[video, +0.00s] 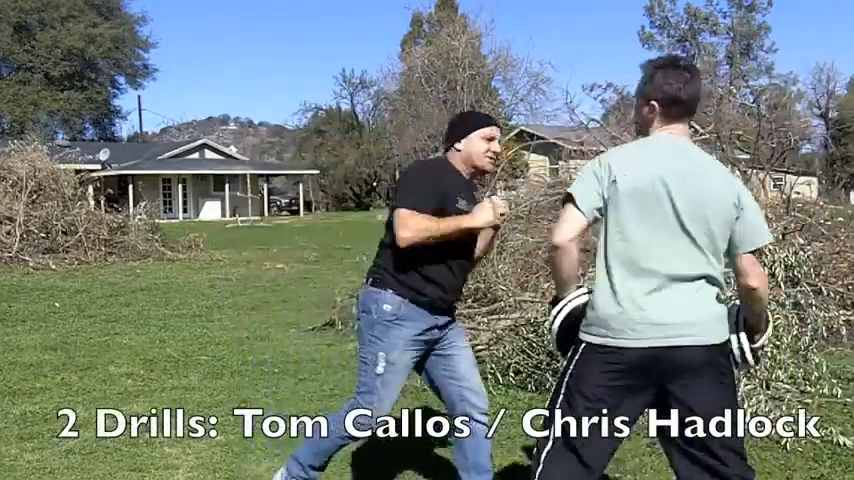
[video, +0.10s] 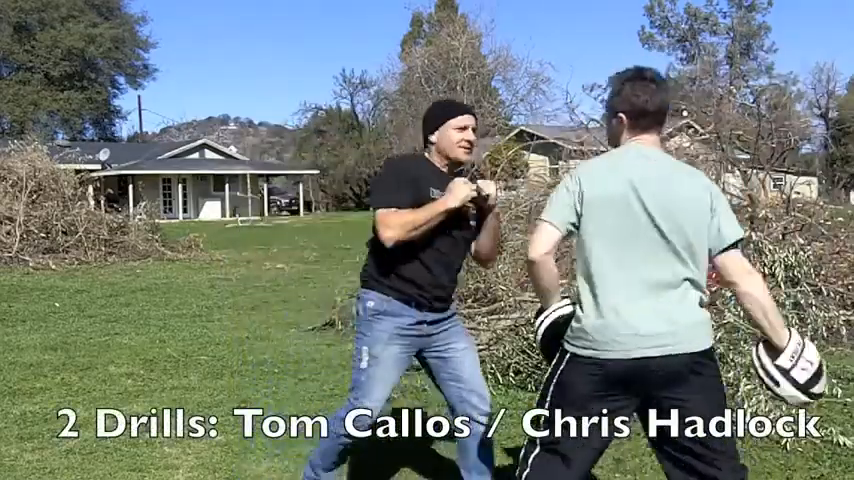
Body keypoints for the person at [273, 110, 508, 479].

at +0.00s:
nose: (496, 148)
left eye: (498, 141)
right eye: (488, 139)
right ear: (459, 142)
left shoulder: (470, 193)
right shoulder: (425, 173)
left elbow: (468, 256)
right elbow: (406, 232)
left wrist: (493, 225)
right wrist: (473, 220)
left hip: (438, 317)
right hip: (394, 308)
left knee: (472, 410)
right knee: (371, 410)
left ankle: (478, 477)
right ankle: (294, 472)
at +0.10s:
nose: (470, 137)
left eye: (473, 131)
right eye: (461, 129)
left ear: (474, 138)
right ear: (434, 134)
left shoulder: (465, 190)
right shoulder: (400, 170)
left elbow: (486, 256)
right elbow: (388, 231)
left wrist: (489, 210)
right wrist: (447, 202)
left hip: (441, 317)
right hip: (388, 312)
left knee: (477, 410)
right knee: (365, 410)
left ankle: (478, 477)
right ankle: (318, 472)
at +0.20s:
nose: (439, 130)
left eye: (443, 123)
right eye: (429, 123)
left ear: (446, 130)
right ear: (405, 129)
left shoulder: (458, 180)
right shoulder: (375, 168)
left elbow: (486, 240)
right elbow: (358, 231)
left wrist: (483, 184)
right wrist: (414, 198)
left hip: (440, 315)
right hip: (380, 313)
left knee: (468, 410)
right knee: (354, 409)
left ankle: (473, 477)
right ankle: (323, 475)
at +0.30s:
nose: (418, 128)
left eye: (424, 119)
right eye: (407, 121)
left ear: (433, 123)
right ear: (390, 128)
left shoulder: (449, 163)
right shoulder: (363, 166)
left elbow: (487, 162)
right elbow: (332, 228)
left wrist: (466, 121)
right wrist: (382, 203)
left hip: (434, 311)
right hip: (369, 309)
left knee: (465, 409)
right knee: (340, 404)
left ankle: (470, 475)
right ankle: (317, 475)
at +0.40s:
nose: (407, 139)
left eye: (413, 129)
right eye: (397, 133)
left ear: (428, 124)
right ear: (386, 132)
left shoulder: (452, 157)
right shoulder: (361, 166)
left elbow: (487, 120)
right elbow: (329, 224)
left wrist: (441, 106)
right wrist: (350, 222)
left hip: (432, 309)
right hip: (366, 307)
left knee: (462, 411)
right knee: (335, 404)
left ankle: (470, 476)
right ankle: (316, 475)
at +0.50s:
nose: (385, 141)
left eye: (391, 130)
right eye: (375, 135)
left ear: (406, 127)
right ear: (365, 136)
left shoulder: (431, 162)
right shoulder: (348, 173)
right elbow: (327, 244)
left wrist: (442, 130)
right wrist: (346, 218)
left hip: (430, 312)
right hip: (364, 310)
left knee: (459, 410)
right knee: (332, 406)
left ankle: (469, 476)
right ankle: (314, 475)